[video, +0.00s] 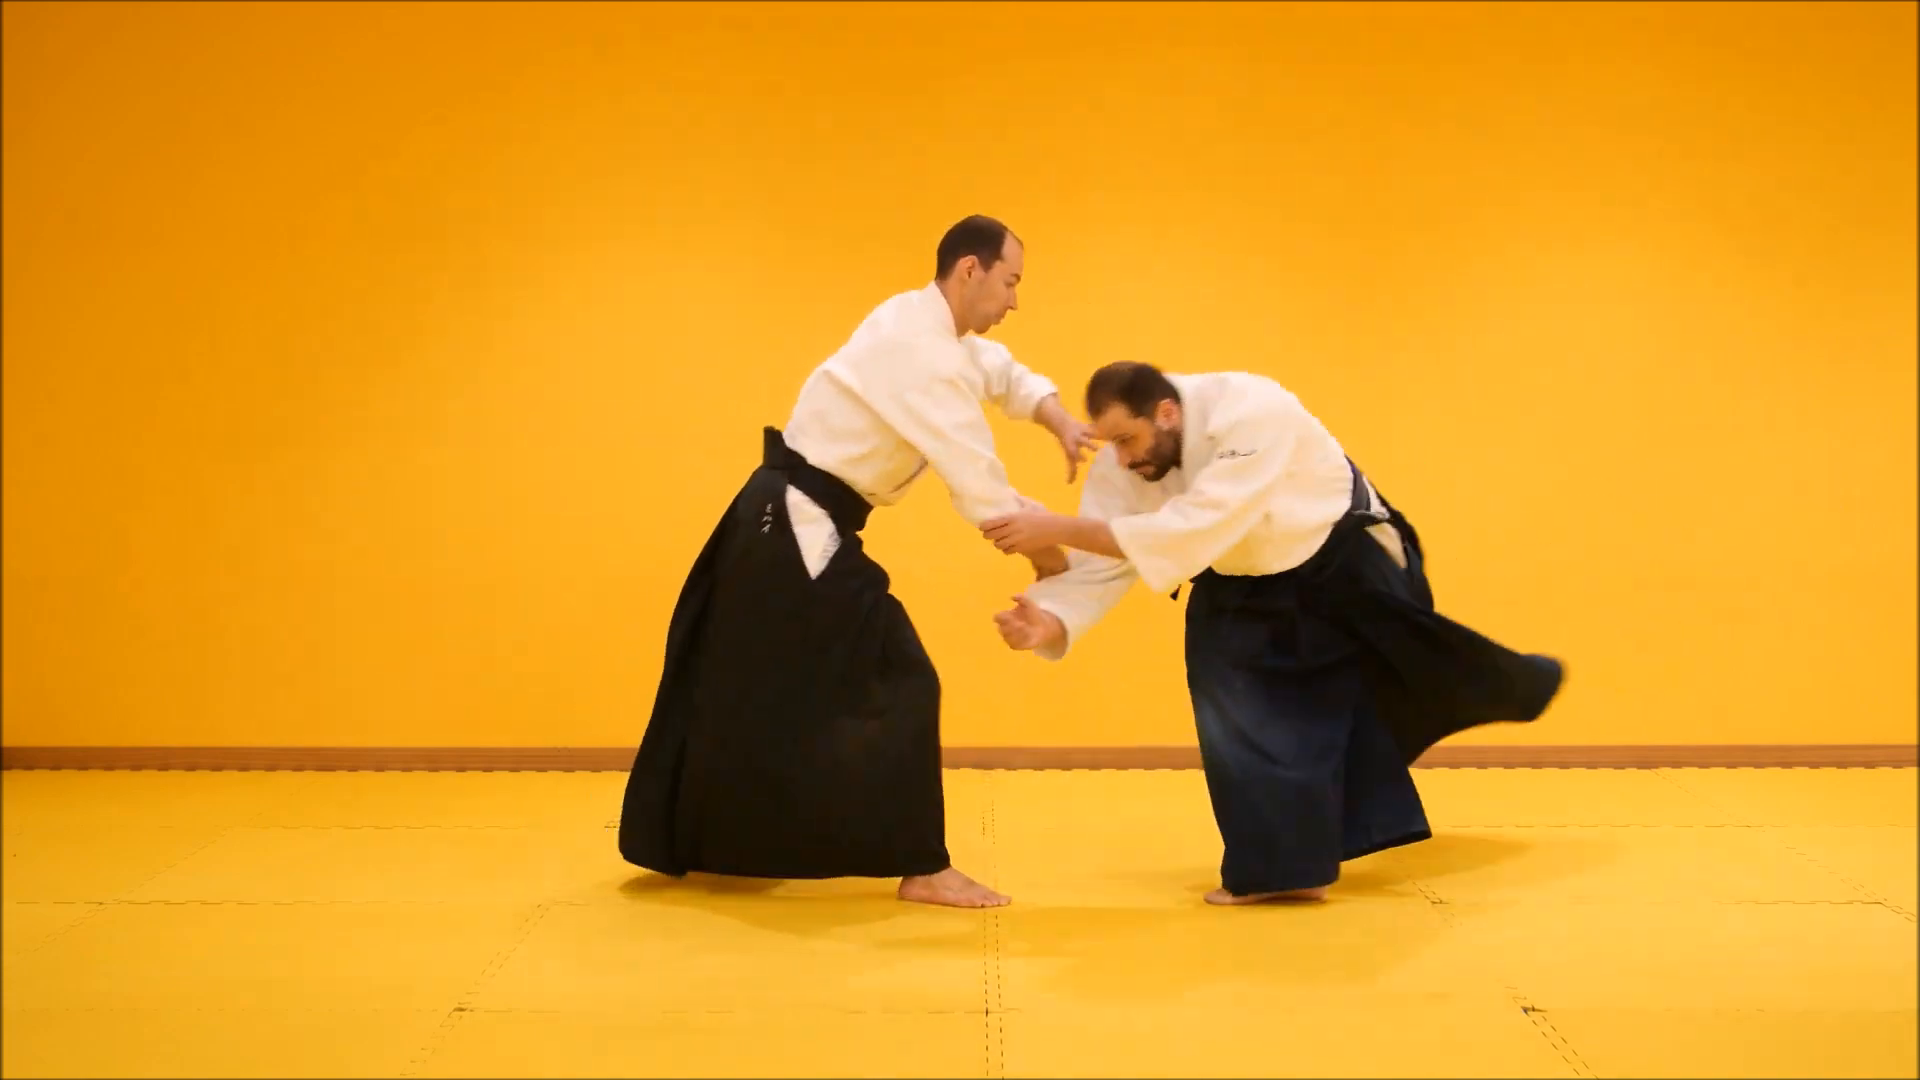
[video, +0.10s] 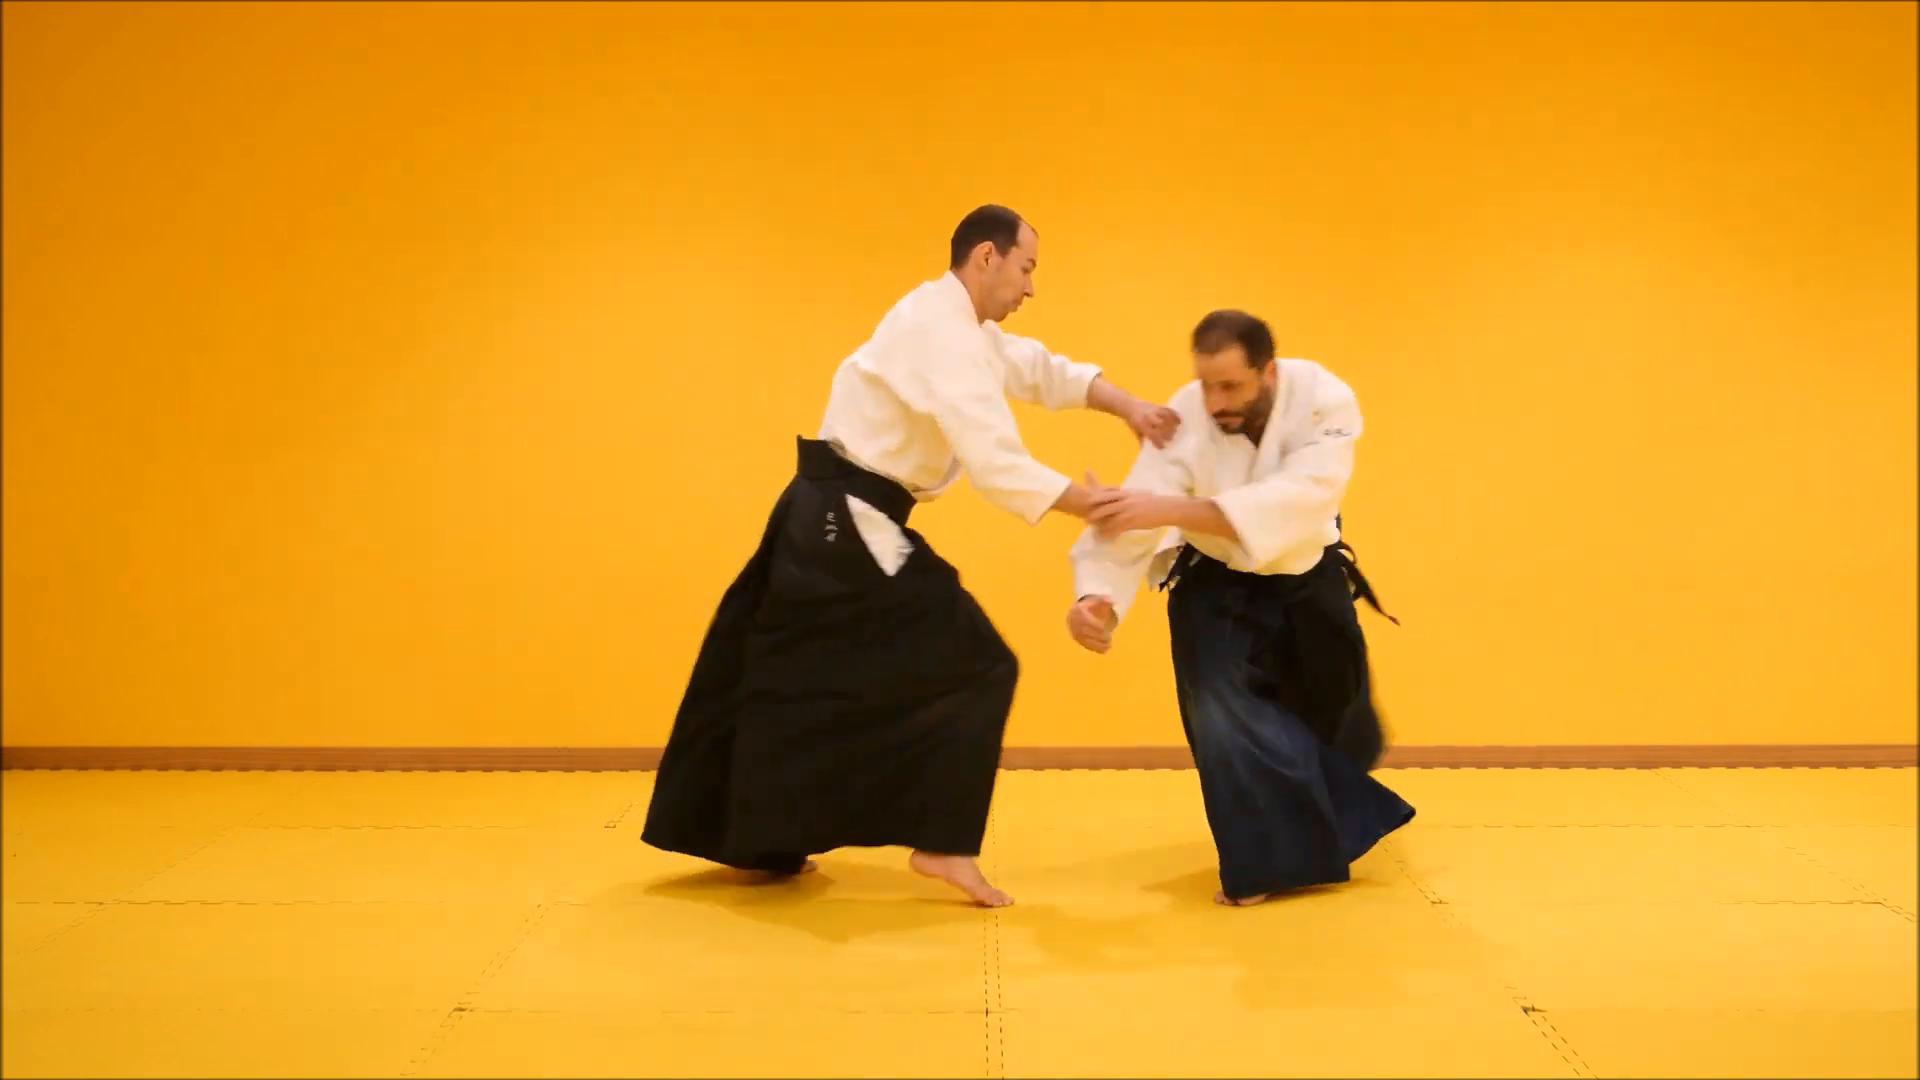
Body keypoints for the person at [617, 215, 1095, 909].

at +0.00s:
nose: (1014, 300)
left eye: (1018, 285)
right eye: (1011, 281)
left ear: (965, 271)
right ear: (968, 270)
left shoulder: (931, 325)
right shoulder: (921, 341)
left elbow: (1005, 376)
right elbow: (971, 469)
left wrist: (1059, 419)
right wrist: (1043, 551)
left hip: (787, 511)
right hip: (800, 523)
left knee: (754, 679)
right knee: (909, 682)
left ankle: (710, 839)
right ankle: (925, 867)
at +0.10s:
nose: (1029, 289)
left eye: (1032, 274)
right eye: (1025, 270)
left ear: (982, 261)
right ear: (985, 258)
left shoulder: (953, 318)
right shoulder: (943, 322)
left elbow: (1040, 369)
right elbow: (988, 452)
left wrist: (1129, 406)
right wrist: (1081, 500)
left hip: (828, 509)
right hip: (852, 520)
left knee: (799, 677)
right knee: (985, 668)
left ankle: (764, 837)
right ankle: (945, 845)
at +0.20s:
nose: (1053, 283)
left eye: (1054, 268)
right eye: (1047, 265)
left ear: (1003, 261)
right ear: (1007, 260)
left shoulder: (981, 329)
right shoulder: (966, 327)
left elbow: (1069, 374)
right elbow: (1056, 415)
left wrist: (1144, 383)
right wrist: (1188, 441)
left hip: (880, 517)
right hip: (900, 524)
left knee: (849, 684)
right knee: (1050, 654)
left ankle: (773, 844)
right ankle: (1086, 844)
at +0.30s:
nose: (1081, 280)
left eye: (1079, 268)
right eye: (1076, 266)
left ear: (1016, 264)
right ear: (1043, 261)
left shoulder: (977, 322)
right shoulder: (1044, 320)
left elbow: (1070, 360)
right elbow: (1160, 354)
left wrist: (1130, 332)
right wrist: (1304, 356)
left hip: (914, 524)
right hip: (990, 531)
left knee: (871, 691)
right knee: (1095, 689)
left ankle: (776, 842)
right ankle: (1170, 868)